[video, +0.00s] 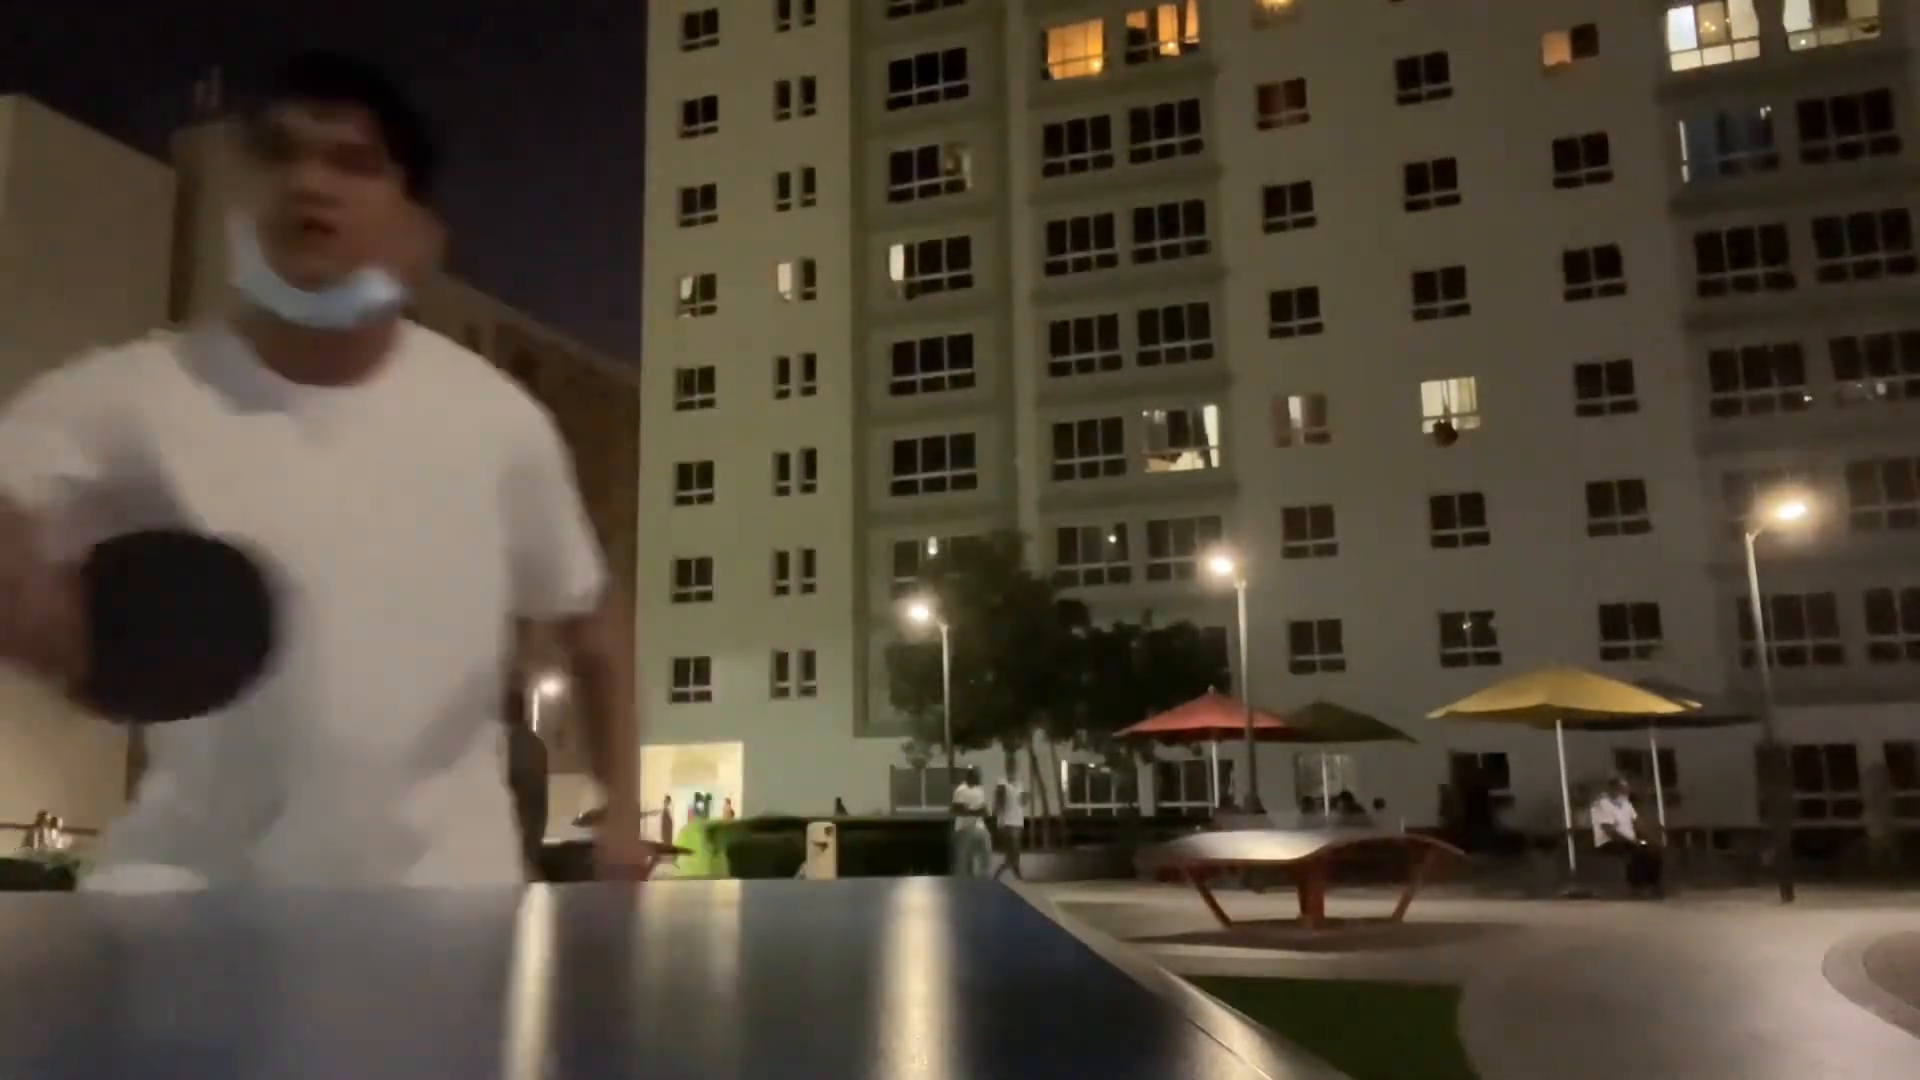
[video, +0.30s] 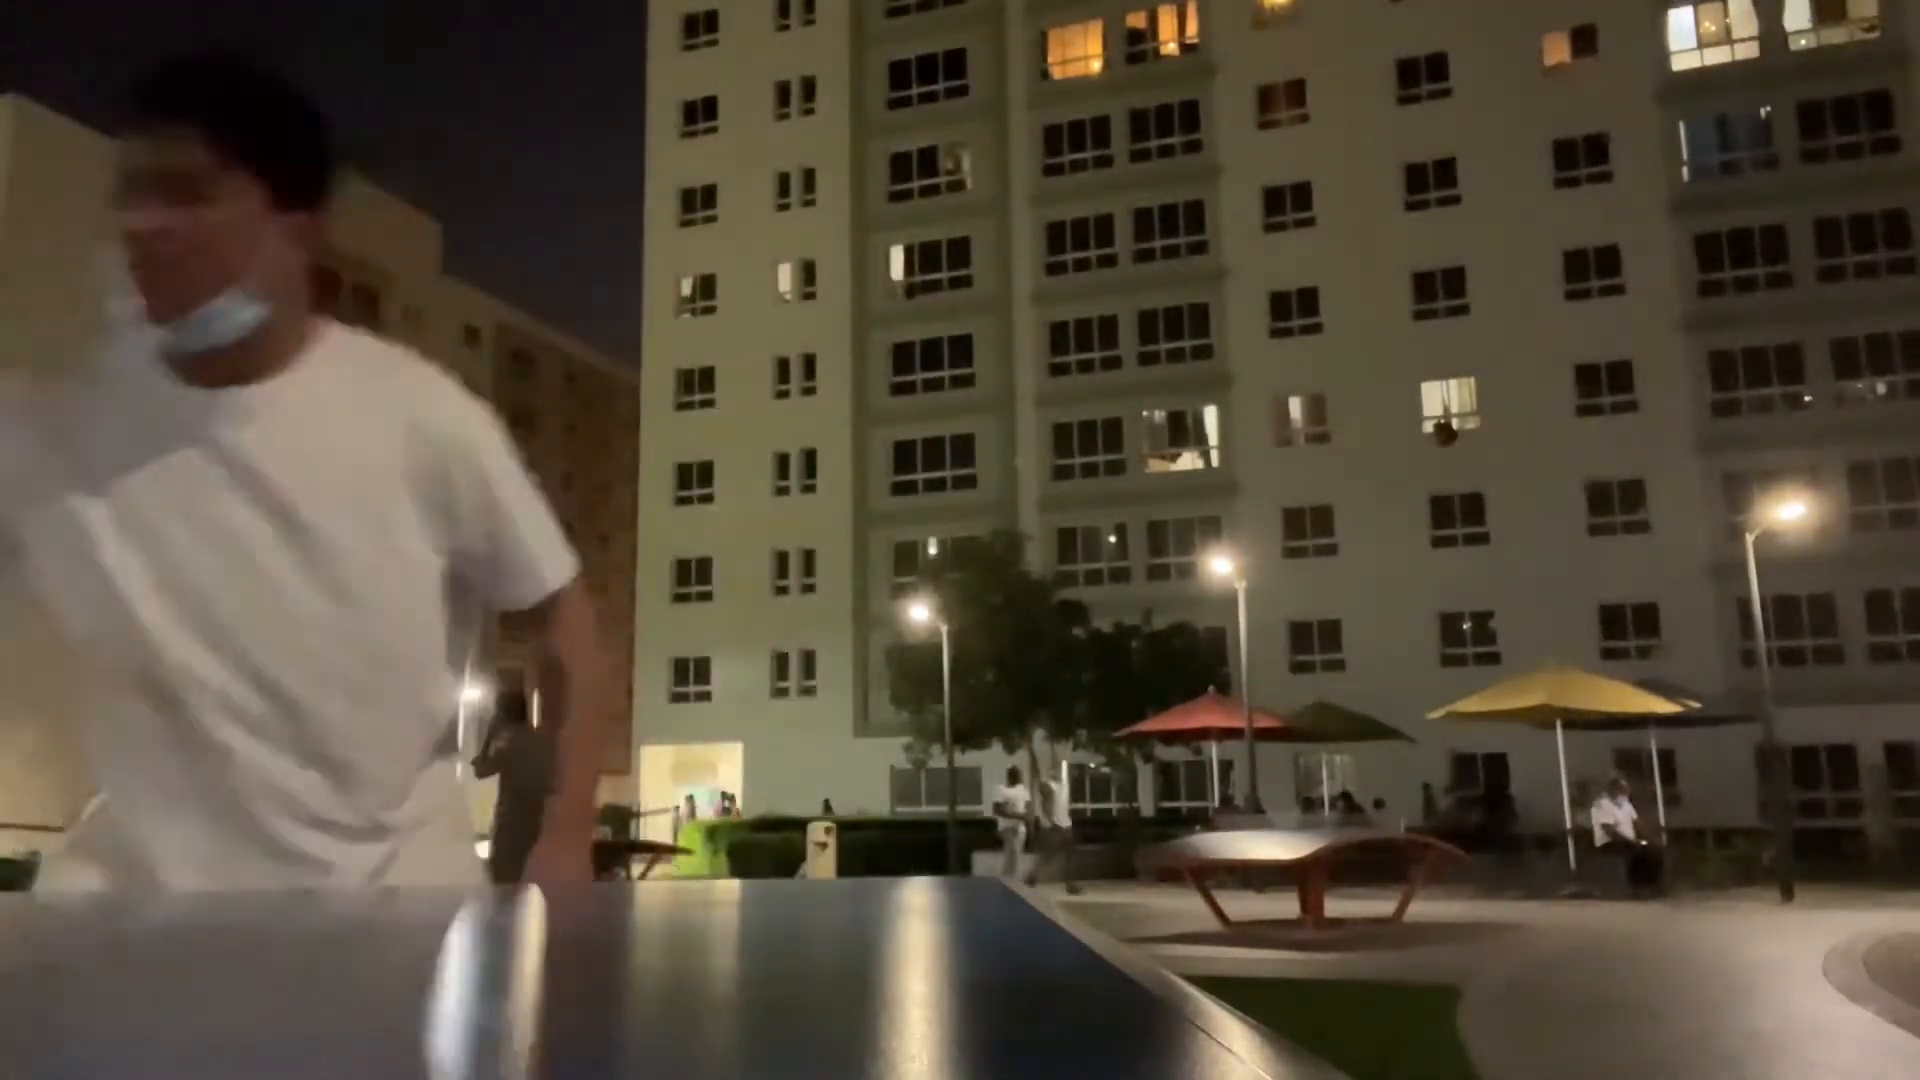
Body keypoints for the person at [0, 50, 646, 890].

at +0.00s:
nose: (310, 184)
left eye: (352, 163)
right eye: (281, 155)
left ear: (420, 230)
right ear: (241, 196)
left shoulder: (496, 424)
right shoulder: (132, 401)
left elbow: (590, 622)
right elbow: (9, 517)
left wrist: (620, 815)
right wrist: (62, 626)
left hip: (437, 893)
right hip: (192, 894)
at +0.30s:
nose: (141, 223)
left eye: (185, 191)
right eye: (134, 191)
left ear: (297, 219)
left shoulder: (422, 418)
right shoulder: (48, 433)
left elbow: (565, 615)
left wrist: (565, 843)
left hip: (392, 922)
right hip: (134, 925)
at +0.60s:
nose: (4, 166)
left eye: (32, 129)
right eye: (5, 130)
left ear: (132, 180)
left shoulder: (240, 385)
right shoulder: (12, 376)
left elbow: (418, 588)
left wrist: (438, 804)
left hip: (259, 905)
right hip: (34, 907)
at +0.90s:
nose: (238, 151)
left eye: (281, 127)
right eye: (215, 123)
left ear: (369, 189)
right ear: (178, 161)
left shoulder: (468, 394)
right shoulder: (87, 382)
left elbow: (587, 603)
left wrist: (581, 810)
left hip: (394, 897)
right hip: (139, 894)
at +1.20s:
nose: (33, 130)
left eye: (80, 104)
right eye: (8, 100)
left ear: (169, 178)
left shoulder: (268, 380)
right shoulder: (13, 360)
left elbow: (421, 598)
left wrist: (425, 799)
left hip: (252, 907)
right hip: (28, 904)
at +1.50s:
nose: (228, 164)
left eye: (272, 140)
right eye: (203, 136)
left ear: (355, 201)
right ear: (170, 174)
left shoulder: (455, 397)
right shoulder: (69, 390)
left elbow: (590, 596)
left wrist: (611, 801)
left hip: (388, 922)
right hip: (129, 918)